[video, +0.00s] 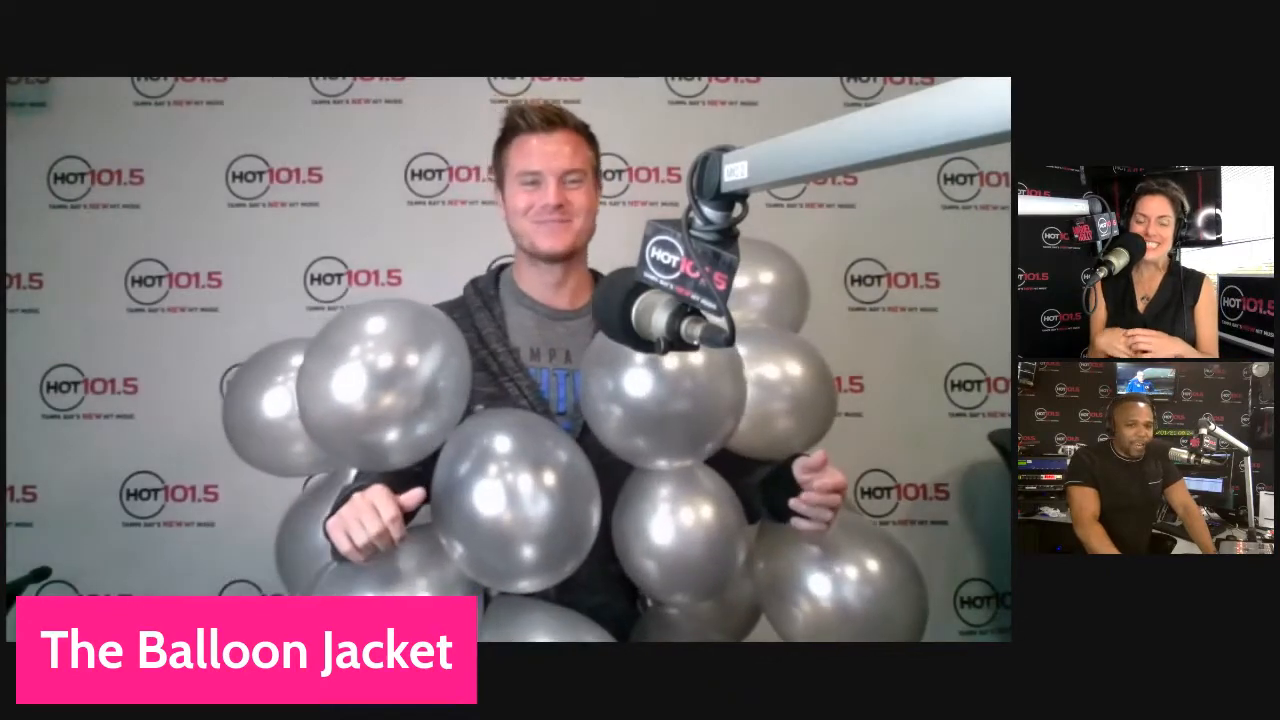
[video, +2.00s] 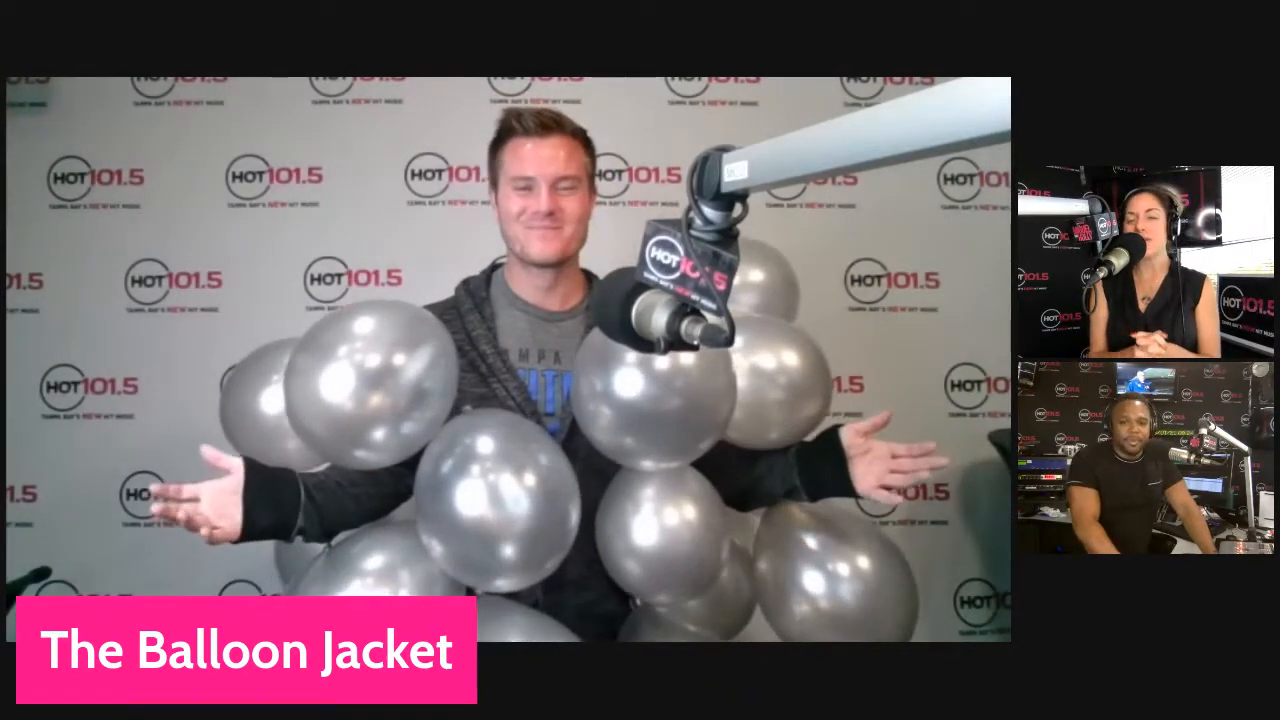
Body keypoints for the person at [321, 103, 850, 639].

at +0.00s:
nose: (552, 199)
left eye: (571, 179)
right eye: (530, 181)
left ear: (598, 193)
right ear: (501, 197)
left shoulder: (652, 317)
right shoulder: (445, 334)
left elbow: (704, 455)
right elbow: (396, 448)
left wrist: (782, 487)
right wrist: (357, 498)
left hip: (638, 611)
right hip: (493, 611)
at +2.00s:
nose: (546, 206)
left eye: (566, 188)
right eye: (525, 189)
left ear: (593, 201)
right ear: (493, 204)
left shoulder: (650, 326)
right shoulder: (433, 335)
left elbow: (717, 465)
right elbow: (388, 475)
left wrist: (829, 461)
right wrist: (273, 501)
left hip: (638, 616)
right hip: (491, 612)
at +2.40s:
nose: (536, 203)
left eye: (557, 185)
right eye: (516, 187)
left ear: (590, 200)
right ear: (491, 203)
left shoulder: (647, 325)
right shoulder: (439, 333)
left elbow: (714, 470)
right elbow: (393, 470)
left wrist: (824, 466)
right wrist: (273, 493)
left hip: (633, 619)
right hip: (492, 615)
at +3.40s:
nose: (521, 203)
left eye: (538, 184)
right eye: (498, 185)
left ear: (560, 199)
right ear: (465, 201)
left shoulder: (613, 322)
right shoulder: (420, 335)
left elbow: (675, 439)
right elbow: (381, 471)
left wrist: (740, 462)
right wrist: (254, 497)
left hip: (594, 607)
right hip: (454, 608)